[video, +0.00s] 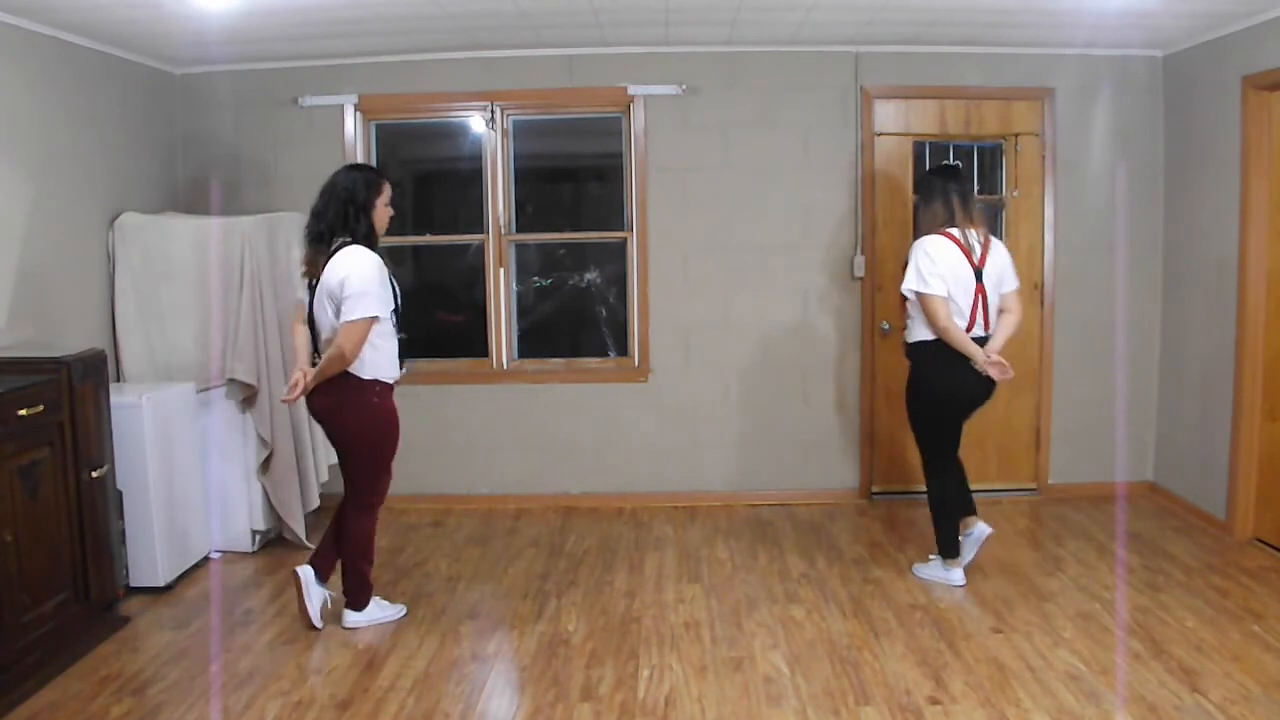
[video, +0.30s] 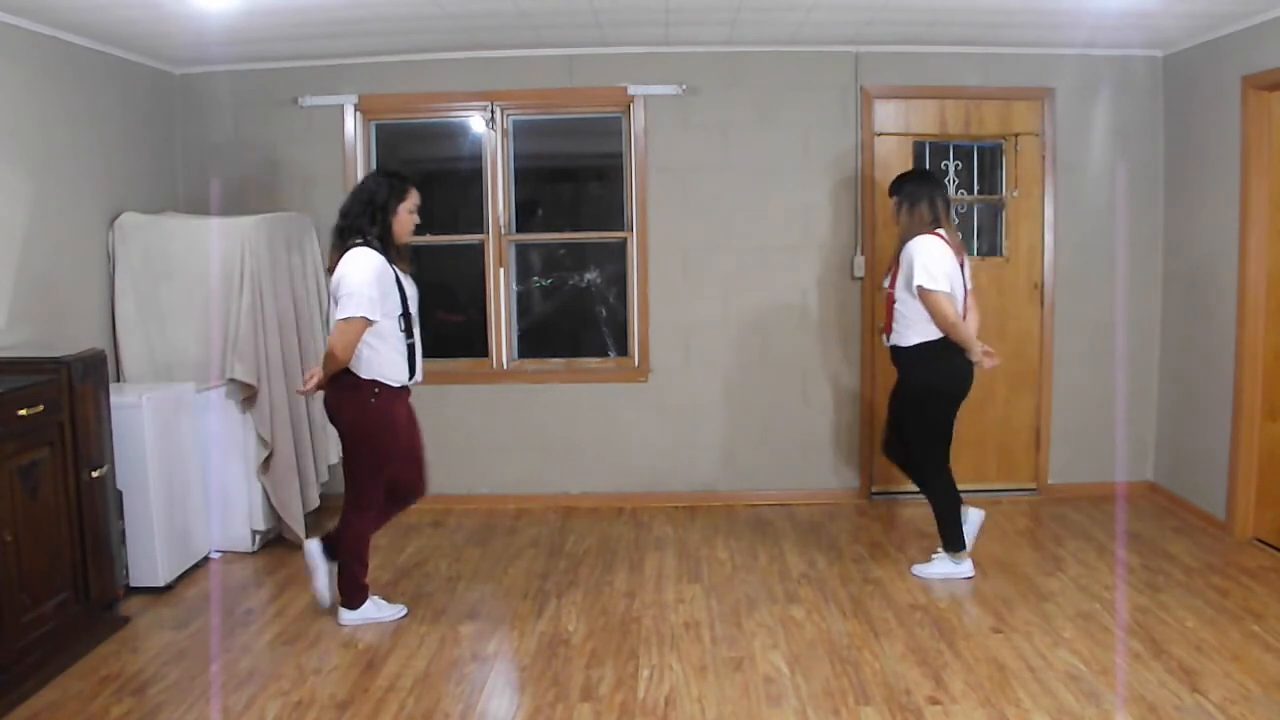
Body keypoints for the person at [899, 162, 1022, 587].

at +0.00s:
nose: (920, 210)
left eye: (922, 204)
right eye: (921, 204)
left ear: (930, 205)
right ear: (967, 202)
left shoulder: (927, 249)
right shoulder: (995, 248)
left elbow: (941, 322)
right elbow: (1012, 311)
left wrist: (980, 357)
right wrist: (990, 351)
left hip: (936, 366)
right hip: (980, 368)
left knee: (938, 458)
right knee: (943, 443)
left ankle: (949, 560)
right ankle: (969, 520)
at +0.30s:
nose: (894, 215)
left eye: (898, 207)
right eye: (894, 207)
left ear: (915, 206)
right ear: (936, 205)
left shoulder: (922, 247)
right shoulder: (950, 245)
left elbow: (943, 313)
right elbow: (969, 307)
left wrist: (974, 348)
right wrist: (972, 345)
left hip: (930, 364)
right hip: (939, 360)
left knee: (926, 457)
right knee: (895, 447)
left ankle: (955, 556)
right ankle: (959, 513)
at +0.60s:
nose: (850, 229)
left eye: (853, 219)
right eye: (849, 220)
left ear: (870, 217)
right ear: (889, 216)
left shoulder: (883, 255)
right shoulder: (905, 253)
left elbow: (906, 313)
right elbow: (928, 309)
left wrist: (939, 349)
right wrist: (938, 350)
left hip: (895, 368)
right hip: (890, 366)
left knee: (921, 465)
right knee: (850, 448)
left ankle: (956, 555)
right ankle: (823, 530)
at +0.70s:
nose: (829, 235)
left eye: (831, 226)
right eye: (828, 226)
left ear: (848, 224)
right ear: (868, 223)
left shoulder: (859, 262)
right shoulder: (887, 261)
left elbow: (881, 317)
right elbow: (911, 313)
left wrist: (914, 350)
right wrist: (912, 349)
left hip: (871, 371)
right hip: (881, 368)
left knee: (909, 466)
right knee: (833, 455)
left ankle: (955, 553)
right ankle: (788, 528)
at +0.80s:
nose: (805, 231)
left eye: (809, 222)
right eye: (805, 222)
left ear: (826, 222)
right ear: (842, 221)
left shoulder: (836, 259)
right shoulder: (858, 260)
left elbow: (854, 315)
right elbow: (882, 314)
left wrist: (888, 351)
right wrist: (885, 353)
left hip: (847, 370)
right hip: (846, 368)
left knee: (883, 463)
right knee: (815, 455)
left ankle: (946, 541)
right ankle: (782, 531)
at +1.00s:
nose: (769, 219)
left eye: (773, 211)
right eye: (769, 212)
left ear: (790, 209)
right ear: (804, 208)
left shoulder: (805, 244)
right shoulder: (808, 244)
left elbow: (821, 296)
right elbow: (837, 294)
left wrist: (847, 337)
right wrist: (844, 335)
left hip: (811, 355)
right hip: (807, 355)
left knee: (797, 453)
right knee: (796, 451)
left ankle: (874, 504)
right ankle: (779, 530)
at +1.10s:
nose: (757, 217)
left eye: (761, 209)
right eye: (756, 210)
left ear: (778, 207)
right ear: (788, 205)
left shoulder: (794, 242)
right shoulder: (783, 245)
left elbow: (811, 293)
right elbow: (806, 295)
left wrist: (836, 334)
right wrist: (835, 334)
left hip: (799, 352)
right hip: (792, 351)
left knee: (762, 445)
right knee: (787, 444)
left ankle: (830, 500)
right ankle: (779, 529)